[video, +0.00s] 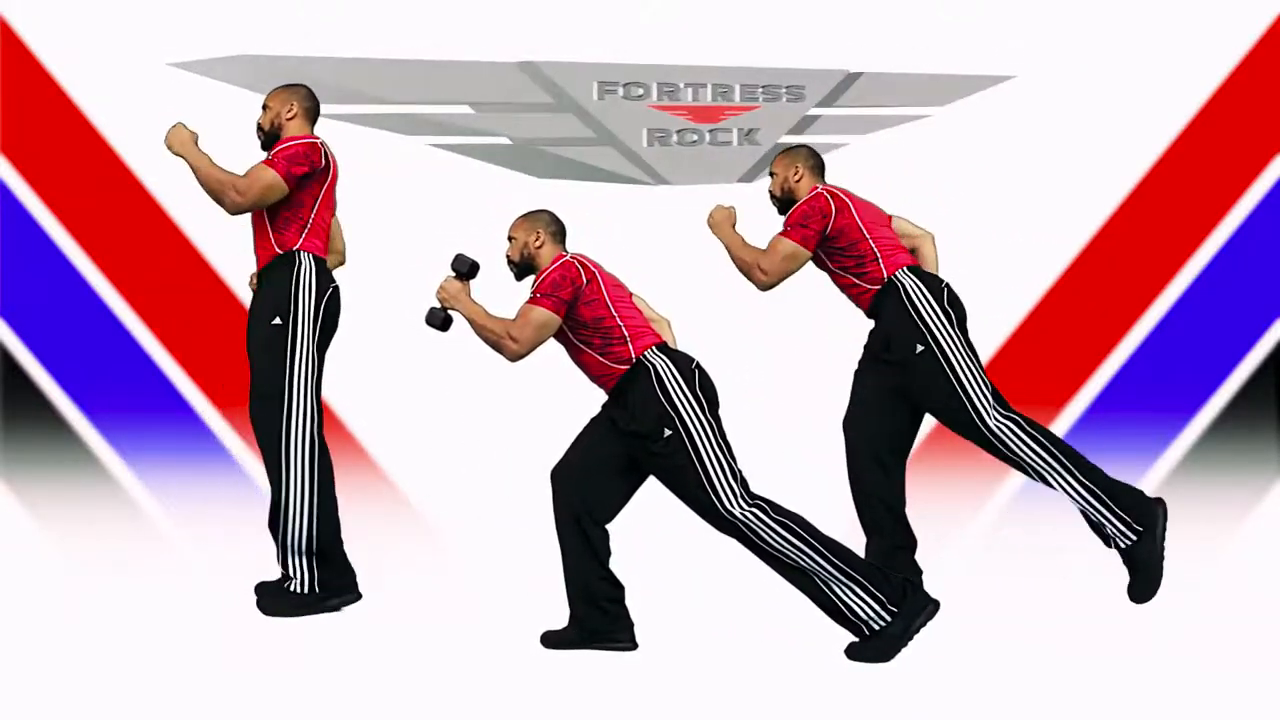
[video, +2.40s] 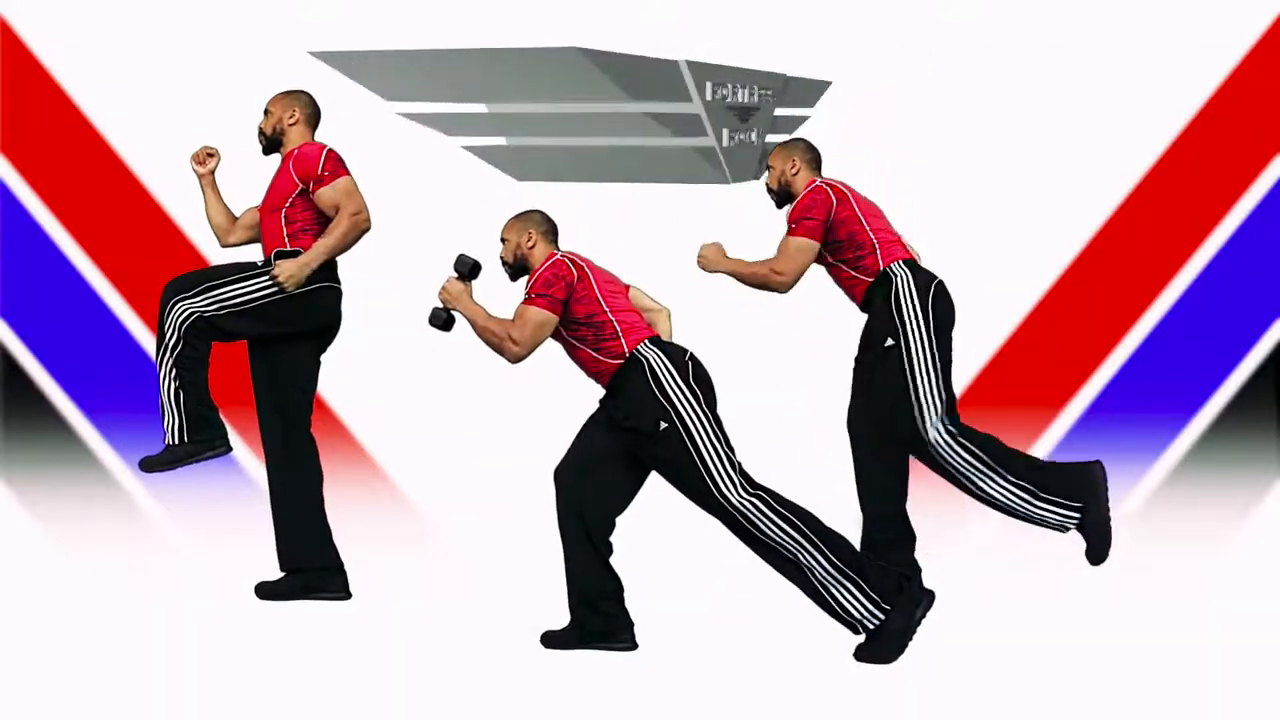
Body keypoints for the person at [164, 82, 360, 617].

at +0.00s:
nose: (259, 118)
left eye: (265, 108)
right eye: (261, 111)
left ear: (291, 108)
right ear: (300, 114)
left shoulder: (303, 148)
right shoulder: (308, 160)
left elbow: (238, 196)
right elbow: (333, 250)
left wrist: (191, 151)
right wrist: (271, 276)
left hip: (294, 286)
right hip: (297, 288)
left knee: (286, 423)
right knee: (288, 425)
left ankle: (308, 579)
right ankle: (325, 571)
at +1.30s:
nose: (261, 114)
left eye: (267, 105)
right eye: (263, 106)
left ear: (290, 108)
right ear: (295, 112)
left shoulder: (310, 149)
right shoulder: (283, 169)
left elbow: (294, 219)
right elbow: (287, 259)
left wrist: (221, 214)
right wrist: (240, 252)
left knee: (278, 417)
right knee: (245, 411)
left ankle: (303, 564)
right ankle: (315, 555)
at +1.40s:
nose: (260, 119)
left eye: (267, 109)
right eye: (262, 111)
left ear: (291, 111)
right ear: (293, 115)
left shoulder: (310, 151)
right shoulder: (283, 174)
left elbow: (329, 216)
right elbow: (268, 260)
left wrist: (255, 241)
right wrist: (217, 220)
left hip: (302, 286)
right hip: (295, 291)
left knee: (216, 374)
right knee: (289, 433)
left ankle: (254, 522)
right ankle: (315, 570)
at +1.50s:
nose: (260, 118)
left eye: (267, 109)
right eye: (262, 111)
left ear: (292, 112)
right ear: (292, 116)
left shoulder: (311, 149)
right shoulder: (287, 177)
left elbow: (354, 209)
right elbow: (236, 234)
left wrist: (299, 253)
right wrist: (208, 183)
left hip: (296, 287)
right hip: (301, 298)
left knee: (189, 332)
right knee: (292, 440)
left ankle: (215, 464)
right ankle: (314, 572)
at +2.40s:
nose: (261, 124)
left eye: (267, 114)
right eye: (262, 116)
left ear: (293, 116)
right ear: (295, 120)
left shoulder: (312, 156)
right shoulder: (286, 185)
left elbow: (356, 215)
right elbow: (230, 232)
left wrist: (309, 261)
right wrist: (207, 179)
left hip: (295, 284)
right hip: (298, 299)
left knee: (182, 300)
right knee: (285, 437)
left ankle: (194, 430)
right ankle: (316, 571)